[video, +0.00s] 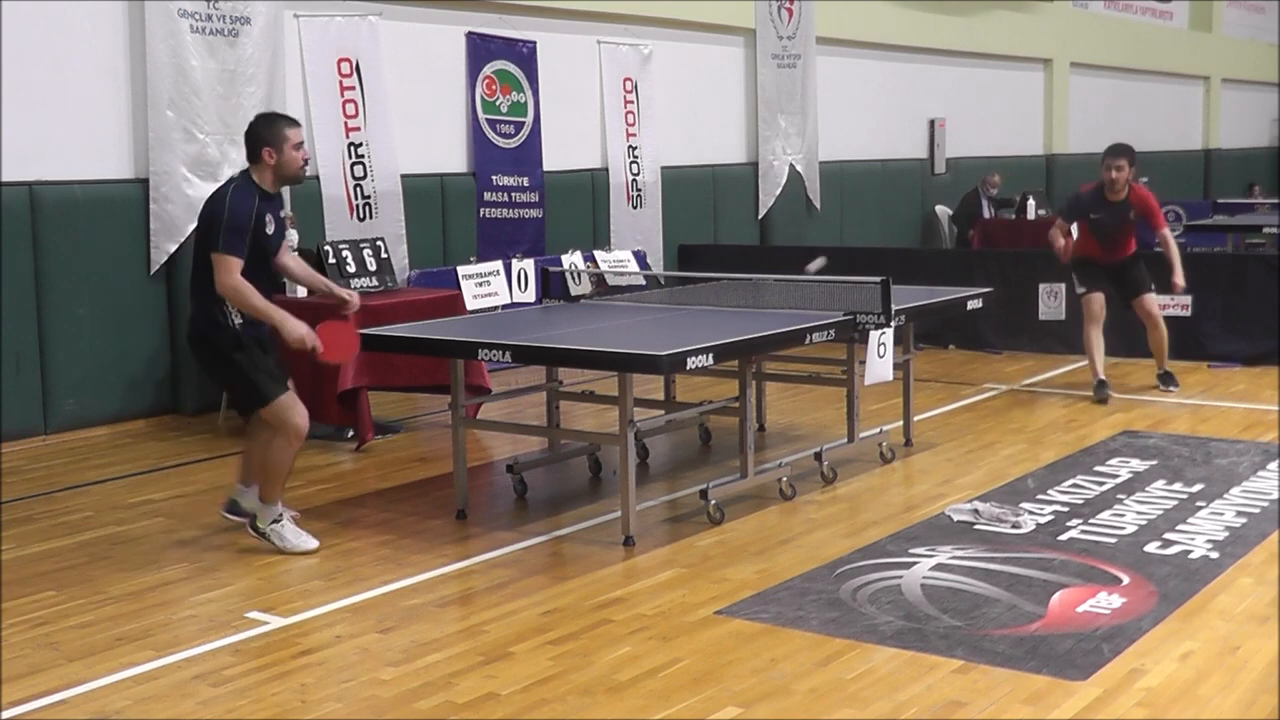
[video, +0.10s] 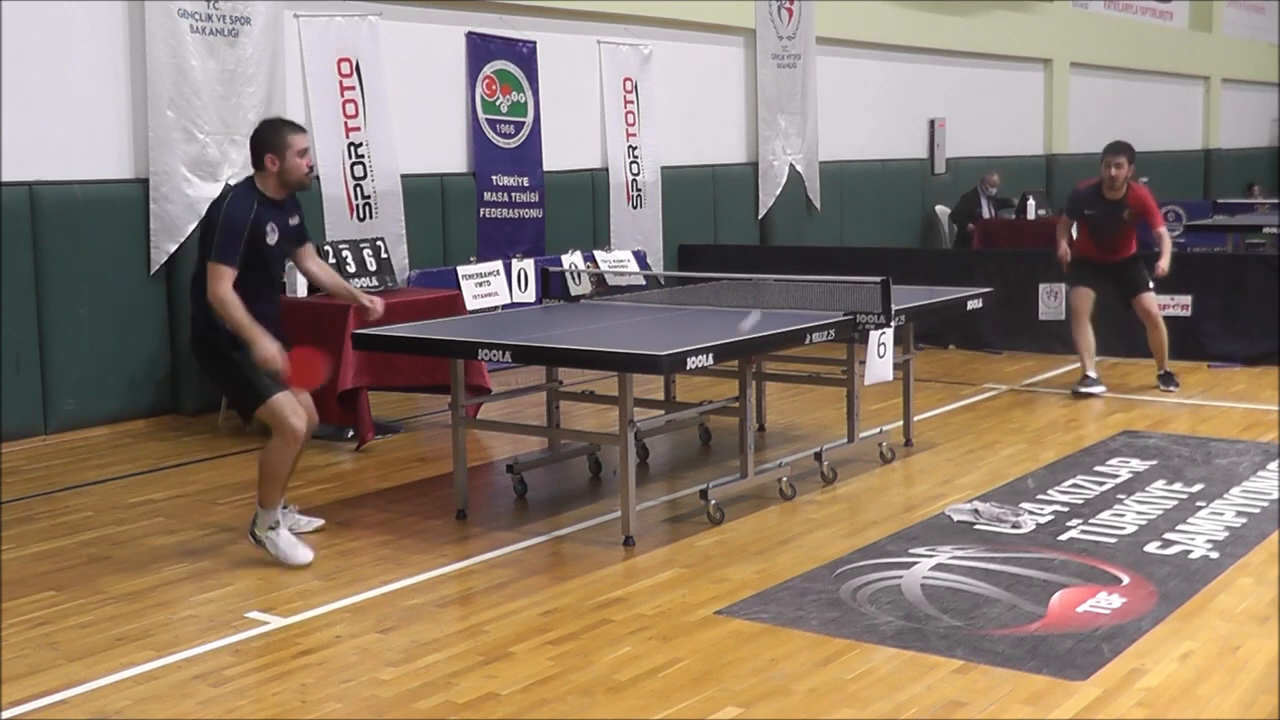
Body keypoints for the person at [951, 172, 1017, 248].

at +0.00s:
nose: (993, 191)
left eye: (995, 188)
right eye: (991, 188)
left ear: (998, 187)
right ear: (984, 184)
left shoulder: (990, 198)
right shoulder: (970, 197)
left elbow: (997, 203)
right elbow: (956, 217)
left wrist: (1013, 202)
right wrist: (968, 232)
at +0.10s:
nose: (992, 191)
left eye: (995, 187)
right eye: (990, 187)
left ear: (997, 186)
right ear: (983, 184)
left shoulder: (991, 198)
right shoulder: (969, 198)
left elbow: (998, 203)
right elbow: (954, 216)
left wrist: (1011, 202)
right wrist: (966, 225)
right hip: (970, 240)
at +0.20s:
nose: (991, 189)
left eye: (994, 186)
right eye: (989, 186)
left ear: (997, 186)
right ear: (982, 183)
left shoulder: (992, 197)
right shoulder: (969, 196)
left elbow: (997, 204)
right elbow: (953, 212)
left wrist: (1006, 204)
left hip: (990, 237)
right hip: (970, 237)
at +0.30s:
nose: (992, 188)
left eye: (994, 185)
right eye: (989, 185)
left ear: (996, 185)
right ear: (982, 183)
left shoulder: (993, 197)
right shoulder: (967, 196)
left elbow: (1002, 203)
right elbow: (956, 210)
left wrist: (1005, 207)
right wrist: (974, 207)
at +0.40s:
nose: (992, 188)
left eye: (994, 185)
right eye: (989, 184)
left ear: (996, 185)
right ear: (982, 183)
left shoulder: (995, 199)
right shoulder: (967, 196)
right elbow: (965, 213)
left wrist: (993, 207)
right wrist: (983, 208)